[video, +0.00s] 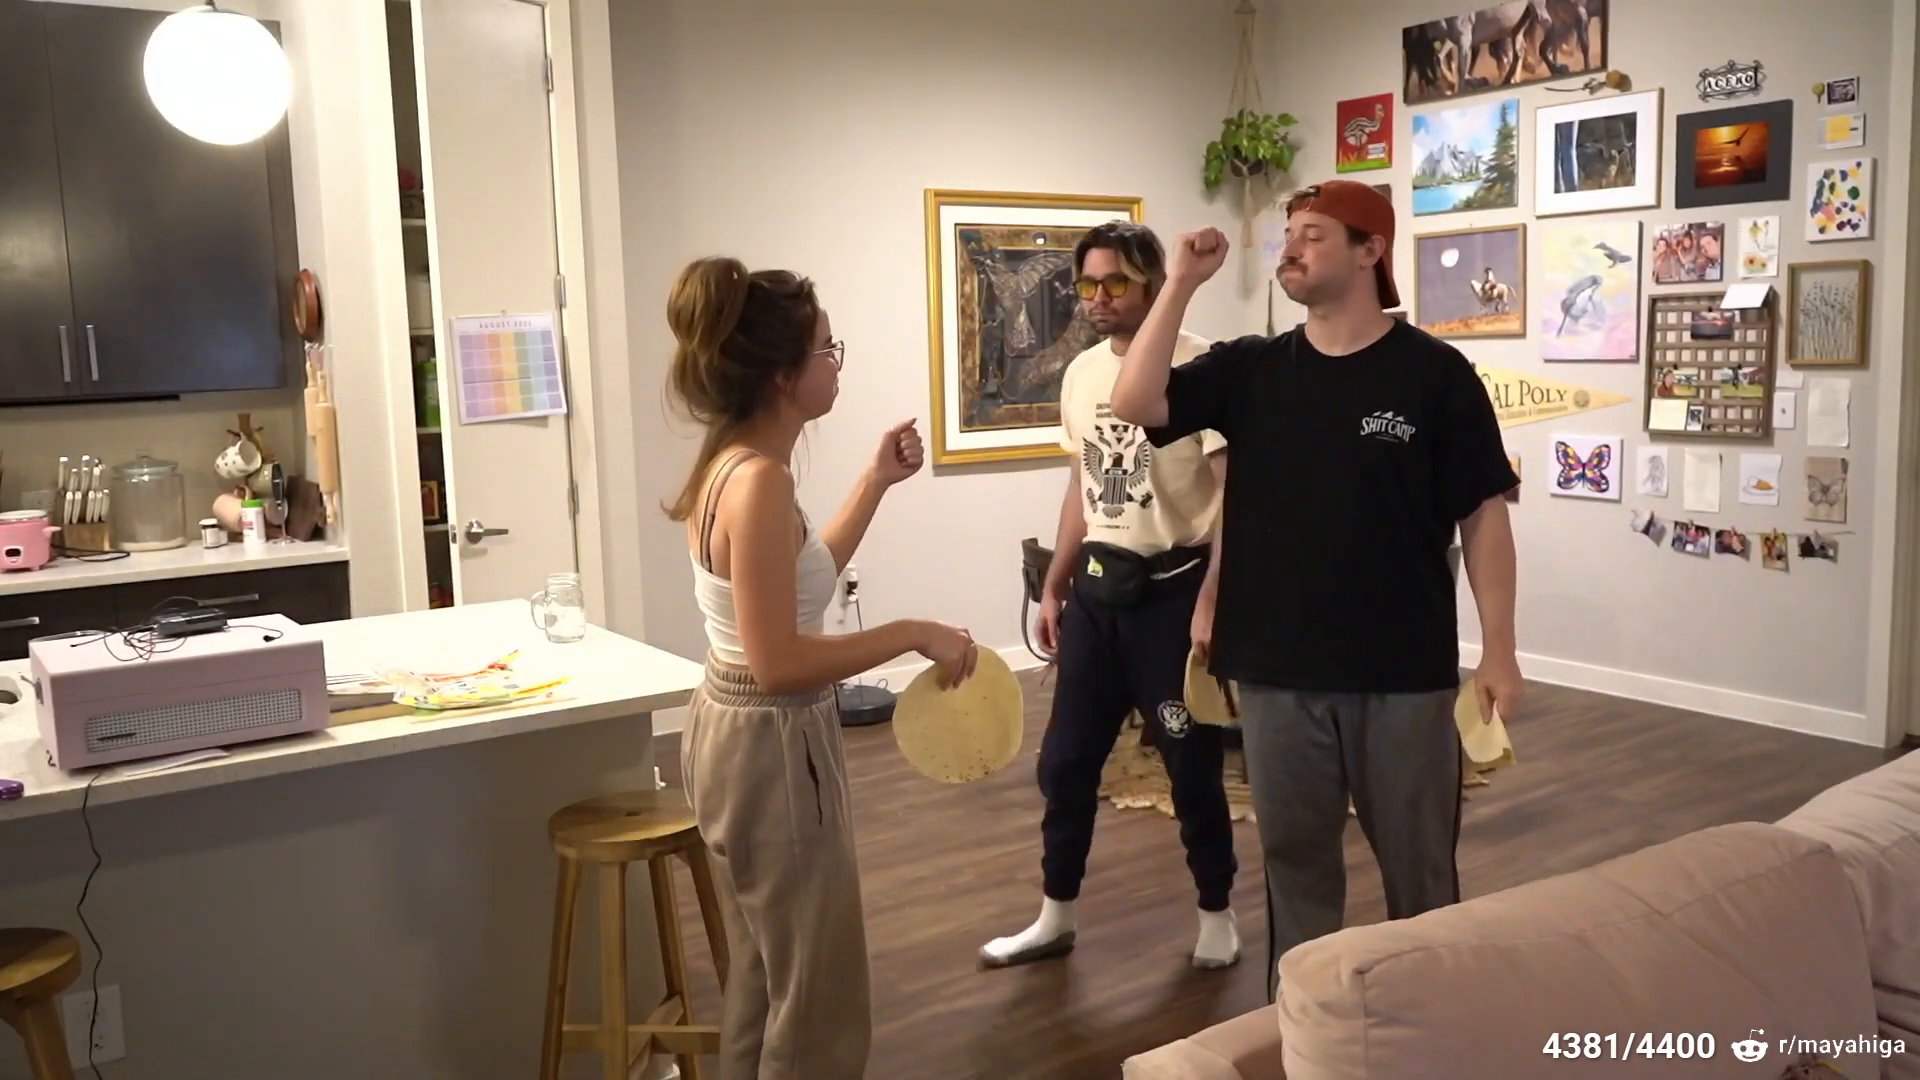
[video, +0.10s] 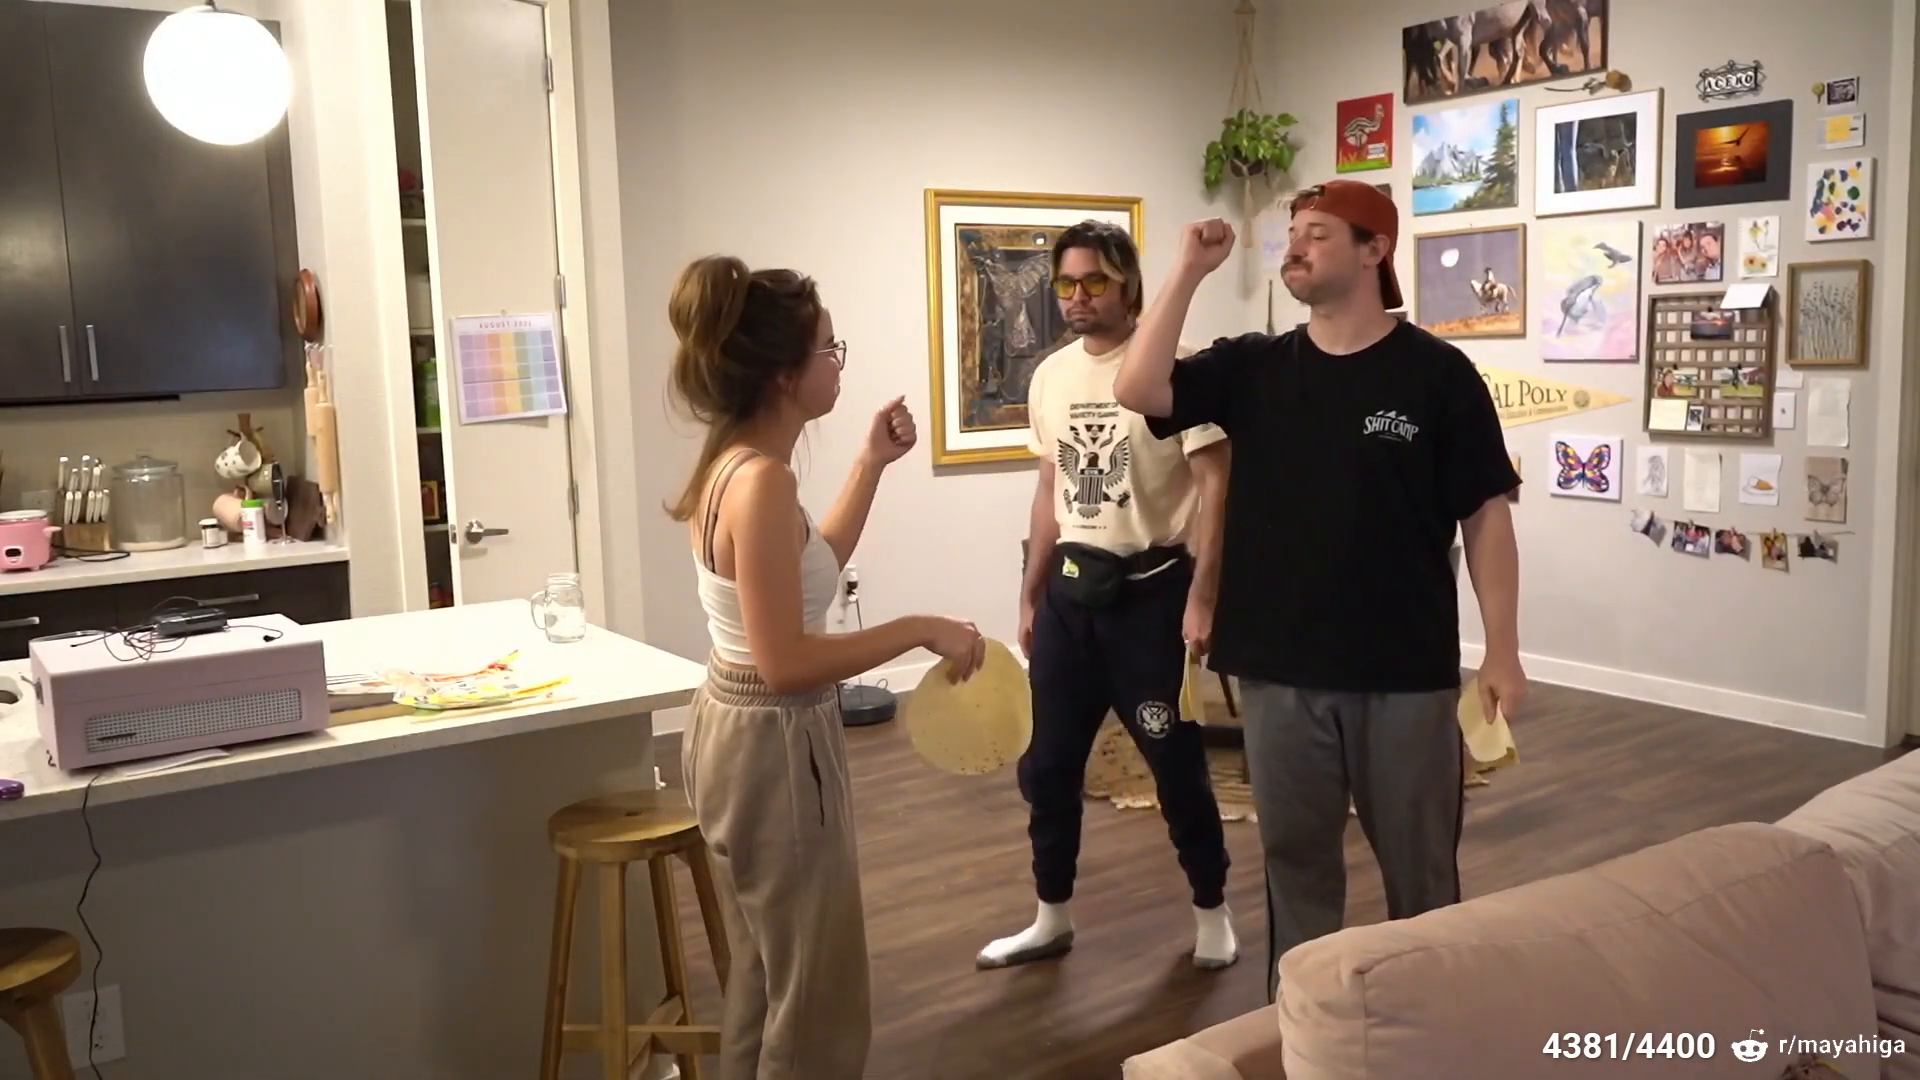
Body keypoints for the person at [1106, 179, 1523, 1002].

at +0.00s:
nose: (1289, 246)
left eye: (1311, 234)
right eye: (1287, 235)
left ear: (1367, 253)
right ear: (1284, 257)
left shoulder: (1437, 373)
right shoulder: (1252, 367)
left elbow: (1485, 517)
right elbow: (1134, 401)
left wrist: (1499, 652)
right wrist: (1180, 282)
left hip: (1403, 678)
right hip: (1274, 677)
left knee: (1421, 880)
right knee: (1295, 877)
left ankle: (1438, 1037)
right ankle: (1299, 1037)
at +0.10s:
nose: (1294, 247)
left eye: (1315, 235)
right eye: (1291, 236)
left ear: (1371, 252)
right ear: (1286, 256)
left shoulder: (1439, 373)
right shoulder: (1255, 365)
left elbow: (1488, 517)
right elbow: (1139, 388)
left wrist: (1502, 651)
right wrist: (1185, 272)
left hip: (1405, 677)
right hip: (1276, 674)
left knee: (1421, 878)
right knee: (1295, 874)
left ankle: (1437, 1035)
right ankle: (1300, 1034)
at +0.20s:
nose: (1296, 247)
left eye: (1318, 235)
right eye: (1293, 237)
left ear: (1374, 253)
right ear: (1288, 257)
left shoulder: (1442, 373)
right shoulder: (1258, 364)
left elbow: (1491, 515)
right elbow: (1145, 385)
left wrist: (1505, 649)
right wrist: (1195, 271)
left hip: (1407, 675)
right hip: (1279, 672)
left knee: (1422, 875)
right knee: (1295, 872)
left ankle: (1436, 1033)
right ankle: (1300, 1033)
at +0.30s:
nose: (1299, 247)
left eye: (1320, 235)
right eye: (1295, 237)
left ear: (1376, 253)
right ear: (1291, 258)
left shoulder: (1443, 373)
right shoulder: (1259, 364)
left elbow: (1492, 515)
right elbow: (1146, 394)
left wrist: (1507, 646)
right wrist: (1200, 279)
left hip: (1408, 676)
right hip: (1279, 672)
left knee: (1422, 877)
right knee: (1296, 871)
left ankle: (1439, 1034)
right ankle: (1303, 1034)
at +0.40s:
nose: (1301, 252)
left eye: (1323, 238)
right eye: (1297, 241)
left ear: (1378, 253)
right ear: (1293, 259)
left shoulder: (1443, 372)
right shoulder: (1258, 365)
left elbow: (1492, 513)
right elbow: (1162, 441)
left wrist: (1508, 651)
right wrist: (1182, 321)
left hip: (1409, 676)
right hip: (1280, 673)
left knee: (1422, 876)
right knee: (1296, 869)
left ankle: (1438, 1033)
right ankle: (1302, 1032)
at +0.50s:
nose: (1302, 257)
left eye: (1325, 242)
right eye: (1300, 244)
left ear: (1382, 256)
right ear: (1299, 261)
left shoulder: (1448, 376)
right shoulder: (1259, 371)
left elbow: (1490, 521)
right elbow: (1178, 472)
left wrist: (1506, 654)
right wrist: (1135, 431)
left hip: (1408, 677)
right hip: (1283, 675)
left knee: (1420, 874)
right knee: (1295, 865)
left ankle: (1433, 1031)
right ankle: (1301, 1027)